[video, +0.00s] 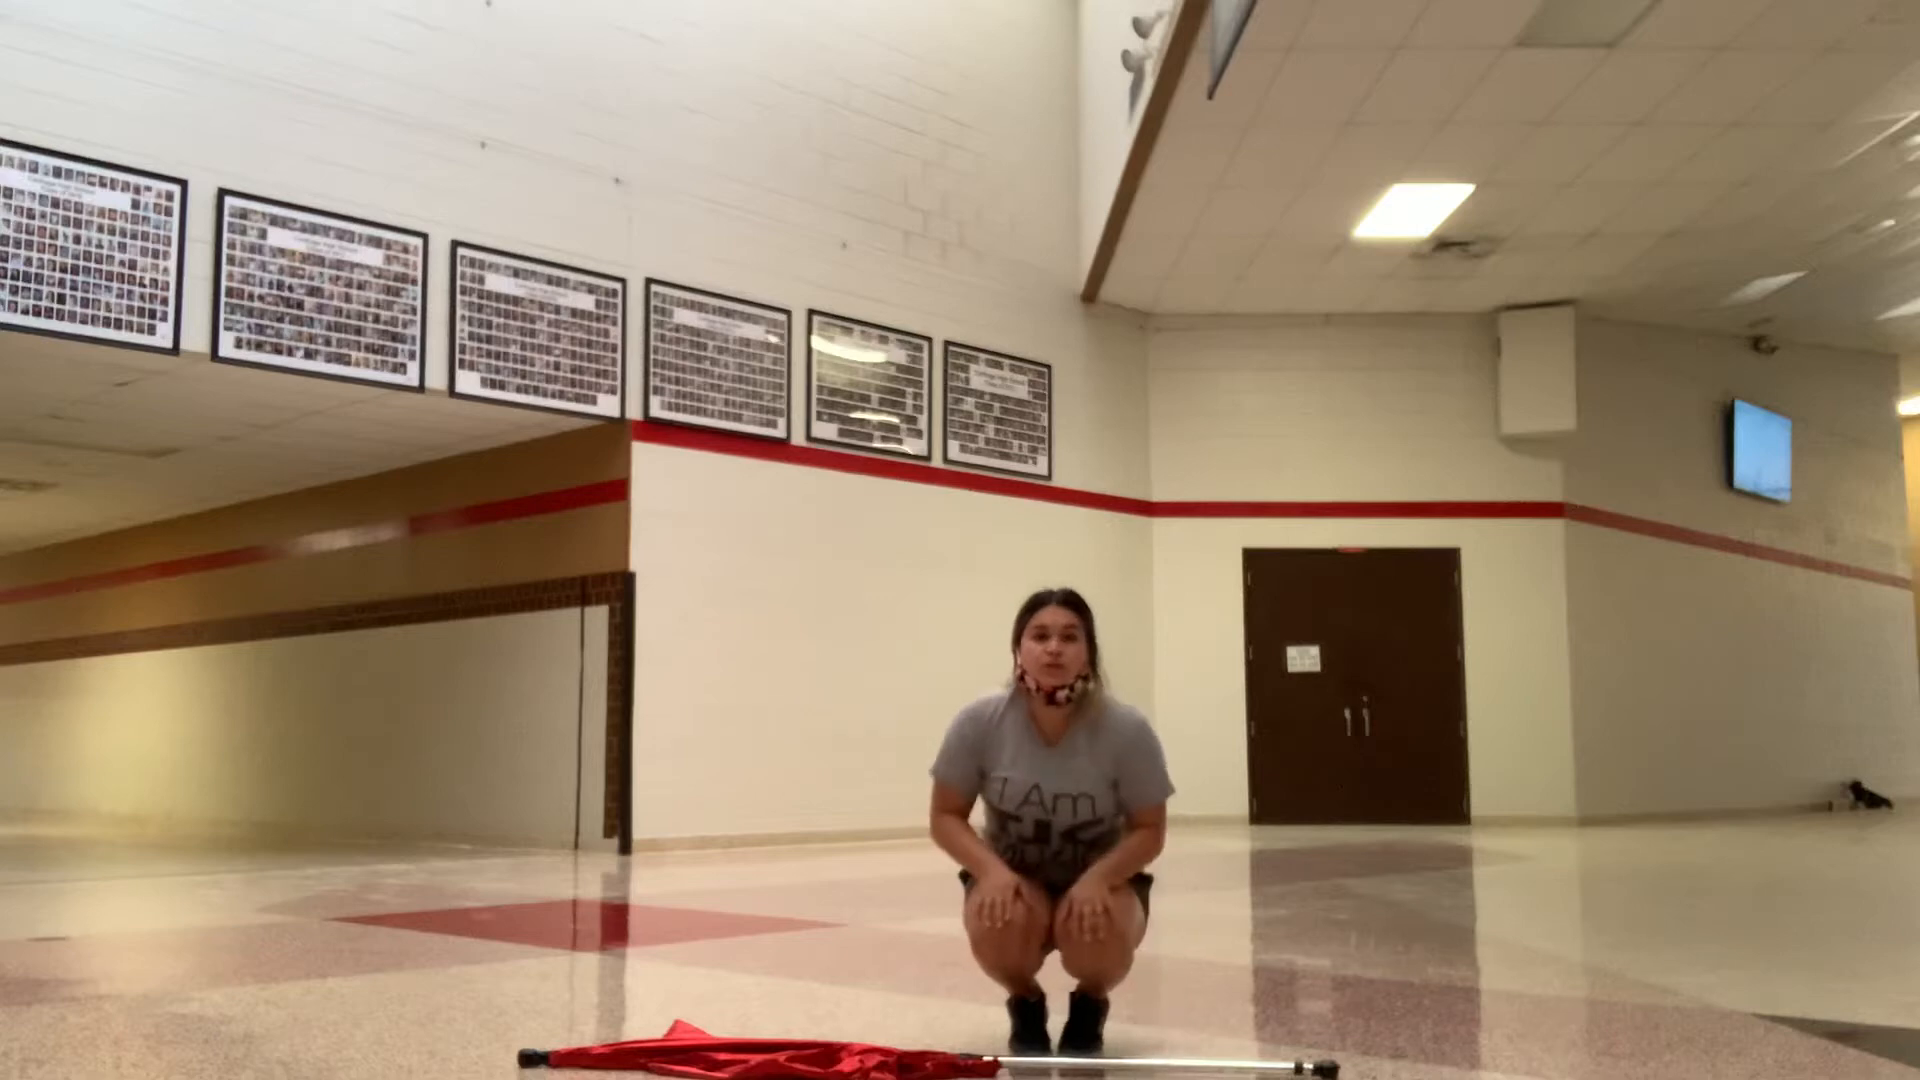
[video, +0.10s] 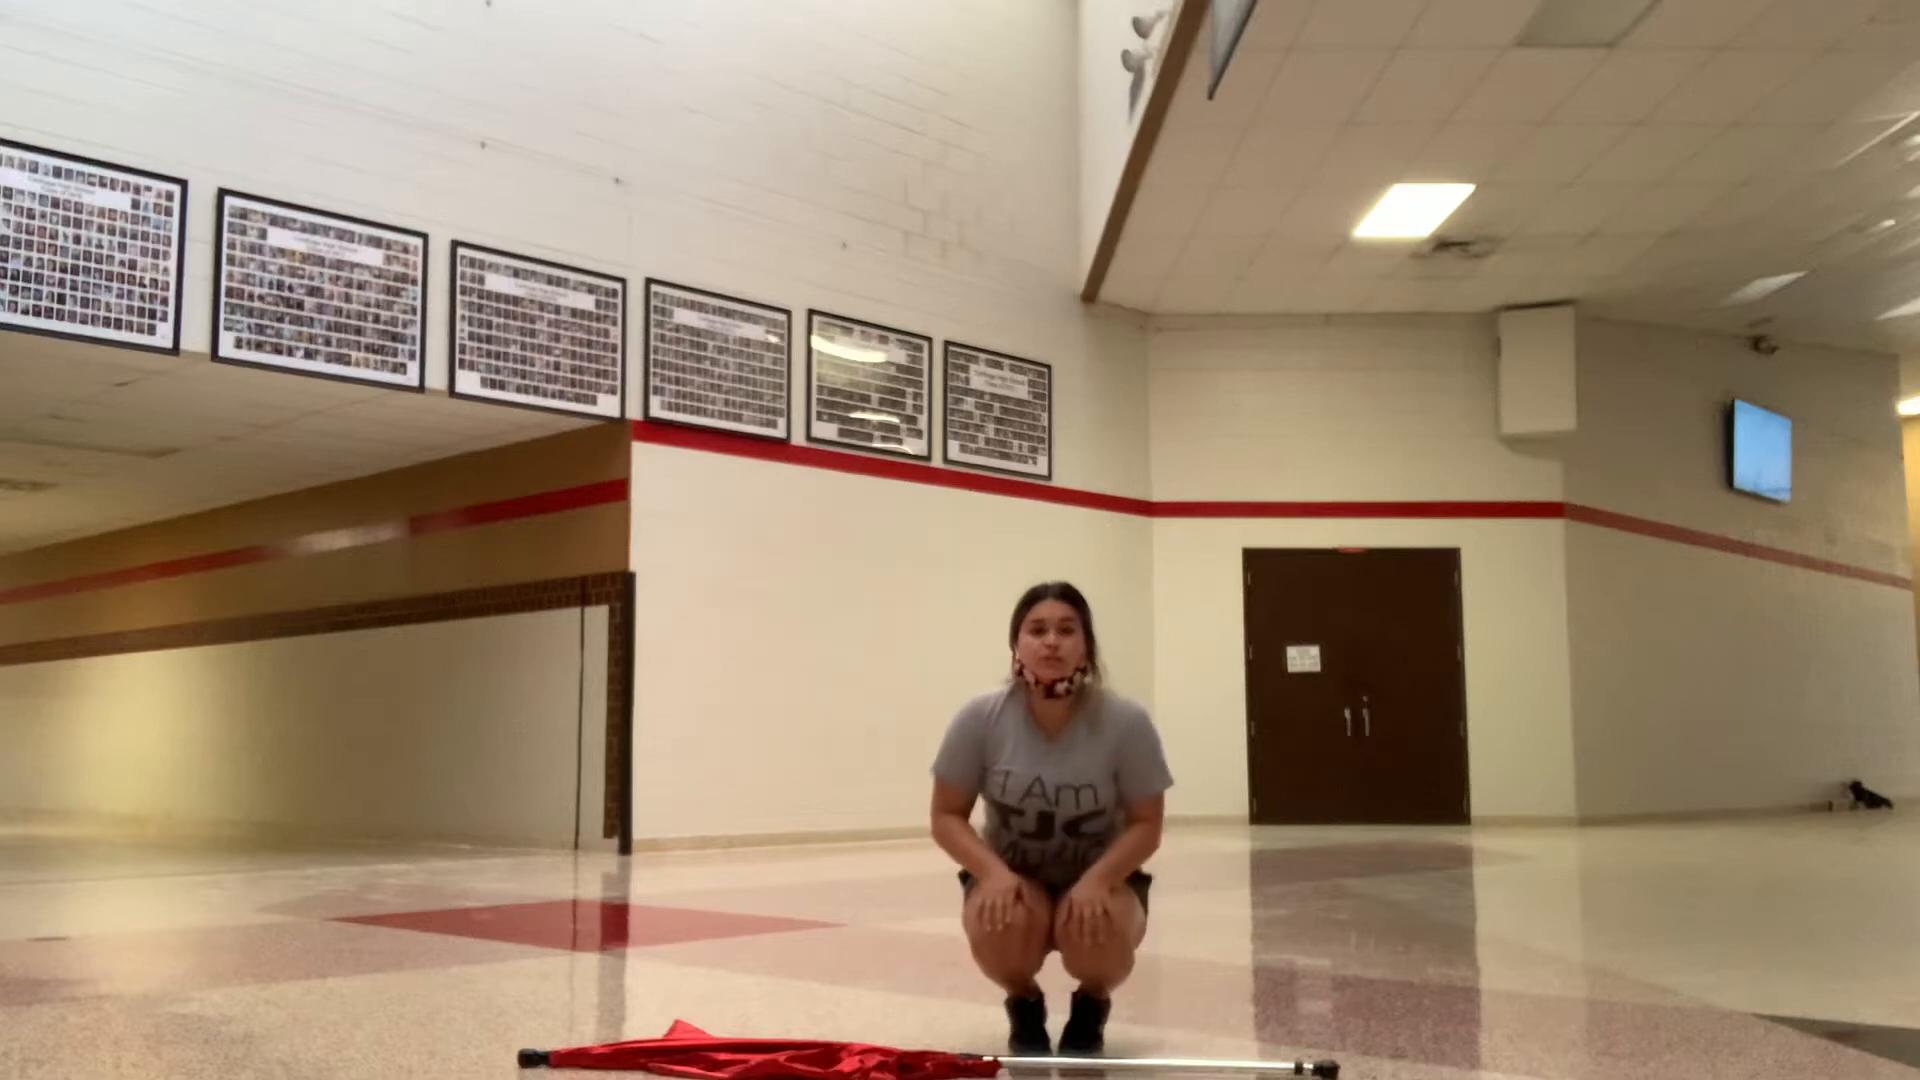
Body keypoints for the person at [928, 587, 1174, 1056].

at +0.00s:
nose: (1054, 648)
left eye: (1069, 637)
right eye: (1040, 636)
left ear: (1089, 654)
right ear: (1018, 652)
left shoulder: (1126, 731)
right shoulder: (981, 724)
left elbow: (1150, 831)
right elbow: (945, 818)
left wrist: (1096, 877)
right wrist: (991, 870)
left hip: (1102, 885)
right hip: (1016, 883)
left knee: (1098, 927)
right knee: (997, 918)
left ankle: (1089, 1004)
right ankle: (1024, 1001)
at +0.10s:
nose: (1052, 641)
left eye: (1066, 629)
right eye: (1037, 630)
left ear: (1086, 646)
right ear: (1016, 647)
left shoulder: (1125, 723)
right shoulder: (981, 721)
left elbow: (1147, 825)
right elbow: (946, 818)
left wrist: (1096, 879)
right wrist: (992, 872)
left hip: (1101, 882)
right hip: (1015, 882)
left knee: (1098, 927)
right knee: (998, 919)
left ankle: (1091, 1005)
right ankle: (1023, 1003)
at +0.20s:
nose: (1049, 637)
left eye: (1064, 625)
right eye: (1035, 626)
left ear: (1085, 640)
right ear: (1015, 642)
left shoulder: (1125, 717)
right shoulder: (983, 717)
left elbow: (1144, 820)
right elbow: (946, 817)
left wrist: (1095, 881)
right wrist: (992, 875)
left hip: (1099, 880)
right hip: (1013, 880)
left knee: (1099, 931)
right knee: (999, 925)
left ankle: (1089, 1008)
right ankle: (1023, 1004)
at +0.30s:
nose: (1048, 633)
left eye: (1063, 621)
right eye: (1034, 622)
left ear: (1084, 636)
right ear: (1015, 638)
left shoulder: (1124, 714)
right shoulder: (983, 713)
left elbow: (1144, 814)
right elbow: (946, 813)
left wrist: (1096, 882)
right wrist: (990, 875)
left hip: (1098, 880)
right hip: (1012, 879)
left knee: (1098, 933)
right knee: (999, 929)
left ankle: (1089, 1009)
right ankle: (1022, 1007)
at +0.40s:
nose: (1048, 629)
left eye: (1063, 617)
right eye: (1034, 618)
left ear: (1083, 634)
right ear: (1014, 636)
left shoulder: (1123, 712)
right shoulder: (981, 711)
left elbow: (1143, 814)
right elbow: (948, 811)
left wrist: (1095, 882)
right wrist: (989, 875)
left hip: (1096, 878)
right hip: (1011, 877)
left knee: (1098, 932)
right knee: (999, 929)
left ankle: (1088, 1009)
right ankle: (1022, 1007)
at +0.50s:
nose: (1047, 629)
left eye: (1062, 616)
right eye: (1032, 618)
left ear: (1082, 633)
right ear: (1013, 635)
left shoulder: (1122, 713)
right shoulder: (981, 711)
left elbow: (1150, 814)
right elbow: (947, 813)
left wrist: (1098, 877)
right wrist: (989, 876)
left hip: (1095, 877)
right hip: (1010, 877)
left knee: (1100, 935)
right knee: (998, 931)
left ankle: (1088, 1009)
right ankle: (1022, 1007)